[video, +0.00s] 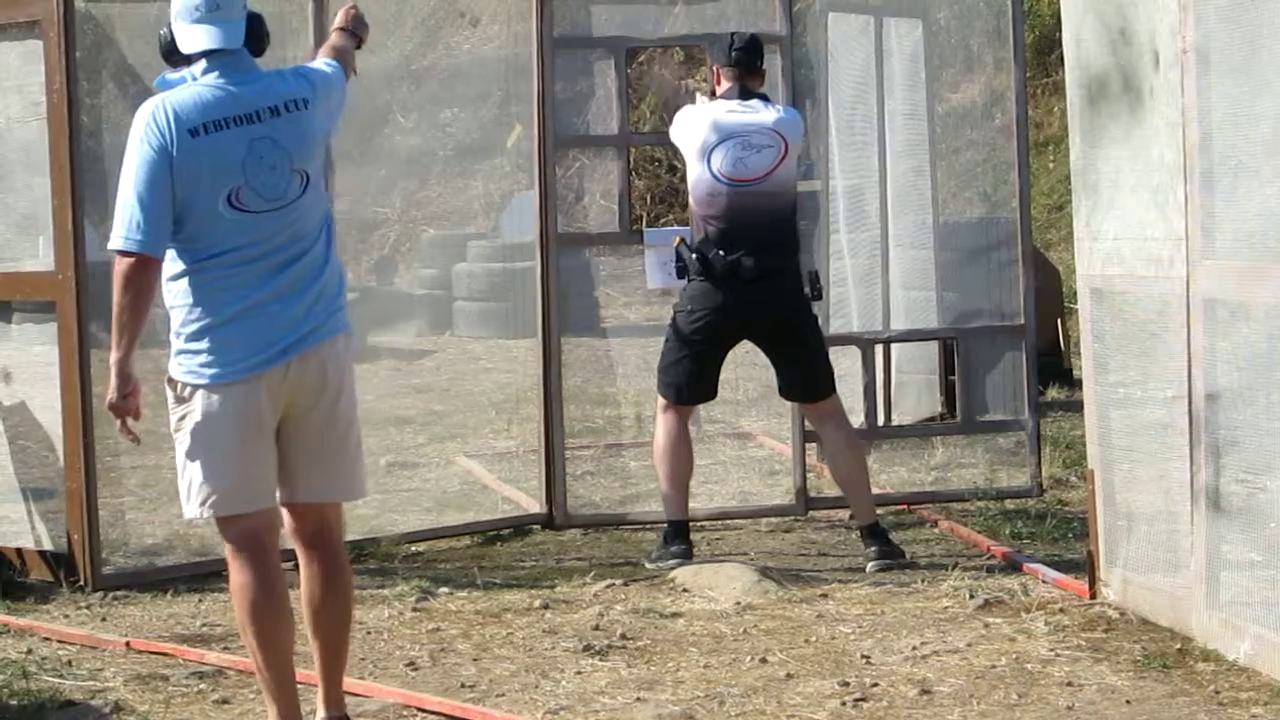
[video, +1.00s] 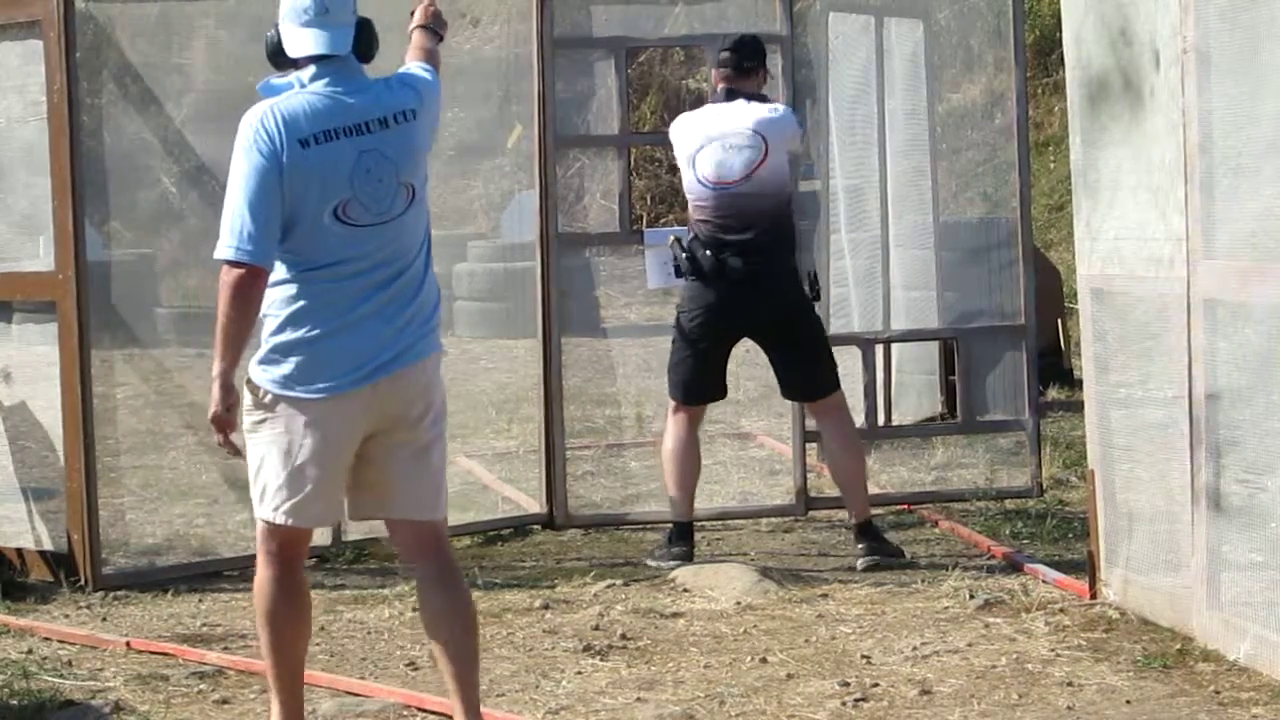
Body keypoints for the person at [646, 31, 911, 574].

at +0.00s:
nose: (714, 83)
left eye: (712, 75)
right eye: (729, 74)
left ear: (717, 78)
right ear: (762, 76)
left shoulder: (690, 122)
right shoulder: (791, 122)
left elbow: (692, 123)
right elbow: (759, 124)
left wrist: (713, 100)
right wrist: (731, 98)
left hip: (710, 296)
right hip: (781, 294)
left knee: (673, 408)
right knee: (828, 414)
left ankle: (675, 538)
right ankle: (875, 536)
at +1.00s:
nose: (761, 85)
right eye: (762, 77)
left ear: (713, 79)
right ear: (761, 78)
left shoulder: (682, 128)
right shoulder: (781, 119)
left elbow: (709, 168)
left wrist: (727, 101)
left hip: (708, 296)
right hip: (777, 292)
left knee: (683, 414)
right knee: (830, 412)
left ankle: (679, 539)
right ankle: (867, 534)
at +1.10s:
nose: (771, 84)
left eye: (768, 78)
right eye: (769, 77)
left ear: (716, 78)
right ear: (762, 79)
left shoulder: (685, 128)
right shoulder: (774, 118)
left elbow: (734, 151)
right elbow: (815, 133)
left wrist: (800, 126)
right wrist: (819, 117)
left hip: (705, 295)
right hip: (773, 293)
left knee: (695, 416)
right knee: (833, 410)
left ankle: (681, 538)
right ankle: (865, 536)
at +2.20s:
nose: (791, 93)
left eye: (788, 86)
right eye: (791, 86)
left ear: (738, 85)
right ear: (783, 84)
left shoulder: (705, 134)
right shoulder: (786, 130)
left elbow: (762, 181)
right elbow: (847, 185)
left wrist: (827, 147)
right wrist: (854, 146)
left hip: (711, 298)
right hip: (777, 296)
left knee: (703, 420)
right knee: (837, 413)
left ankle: (679, 540)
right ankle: (883, 533)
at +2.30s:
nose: (732, 115)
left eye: (733, 109)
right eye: (740, 109)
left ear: (741, 109)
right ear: (785, 108)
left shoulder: (710, 163)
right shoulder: (806, 151)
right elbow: (866, 222)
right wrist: (850, 180)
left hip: (724, 309)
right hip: (793, 308)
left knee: (690, 413)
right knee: (846, 420)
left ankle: (681, 535)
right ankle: (895, 538)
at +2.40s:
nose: (707, 140)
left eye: (709, 131)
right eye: (707, 132)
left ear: (726, 128)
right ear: (759, 129)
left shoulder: (703, 178)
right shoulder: (804, 173)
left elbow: (668, 265)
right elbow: (863, 246)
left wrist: (682, 297)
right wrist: (829, 212)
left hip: (727, 327)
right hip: (798, 327)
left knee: (663, 406)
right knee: (847, 427)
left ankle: (677, 532)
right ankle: (894, 537)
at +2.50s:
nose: (655, 147)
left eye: (658, 135)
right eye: (654, 137)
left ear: (680, 127)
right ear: (703, 129)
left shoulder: (673, 172)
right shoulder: (761, 173)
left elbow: (647, 217)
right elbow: (823, 241)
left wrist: (618, 280)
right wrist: (776, 233)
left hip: (711, 329)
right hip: (778, 329)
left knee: (620, 400)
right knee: (831, 430)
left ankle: (646, 529)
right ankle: (894, 536)